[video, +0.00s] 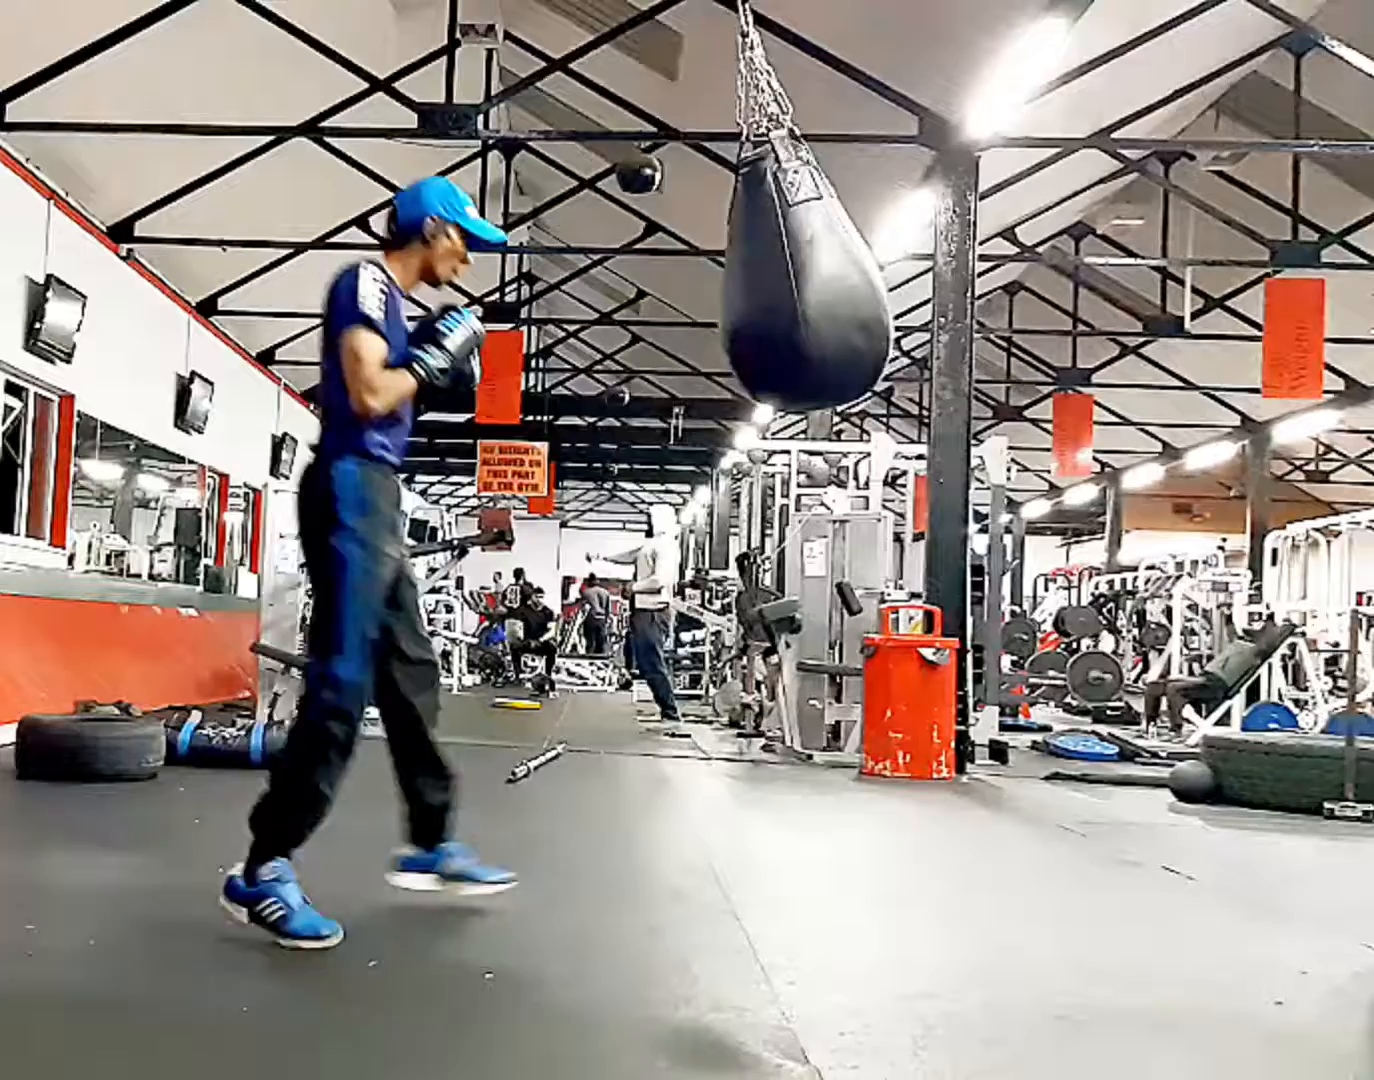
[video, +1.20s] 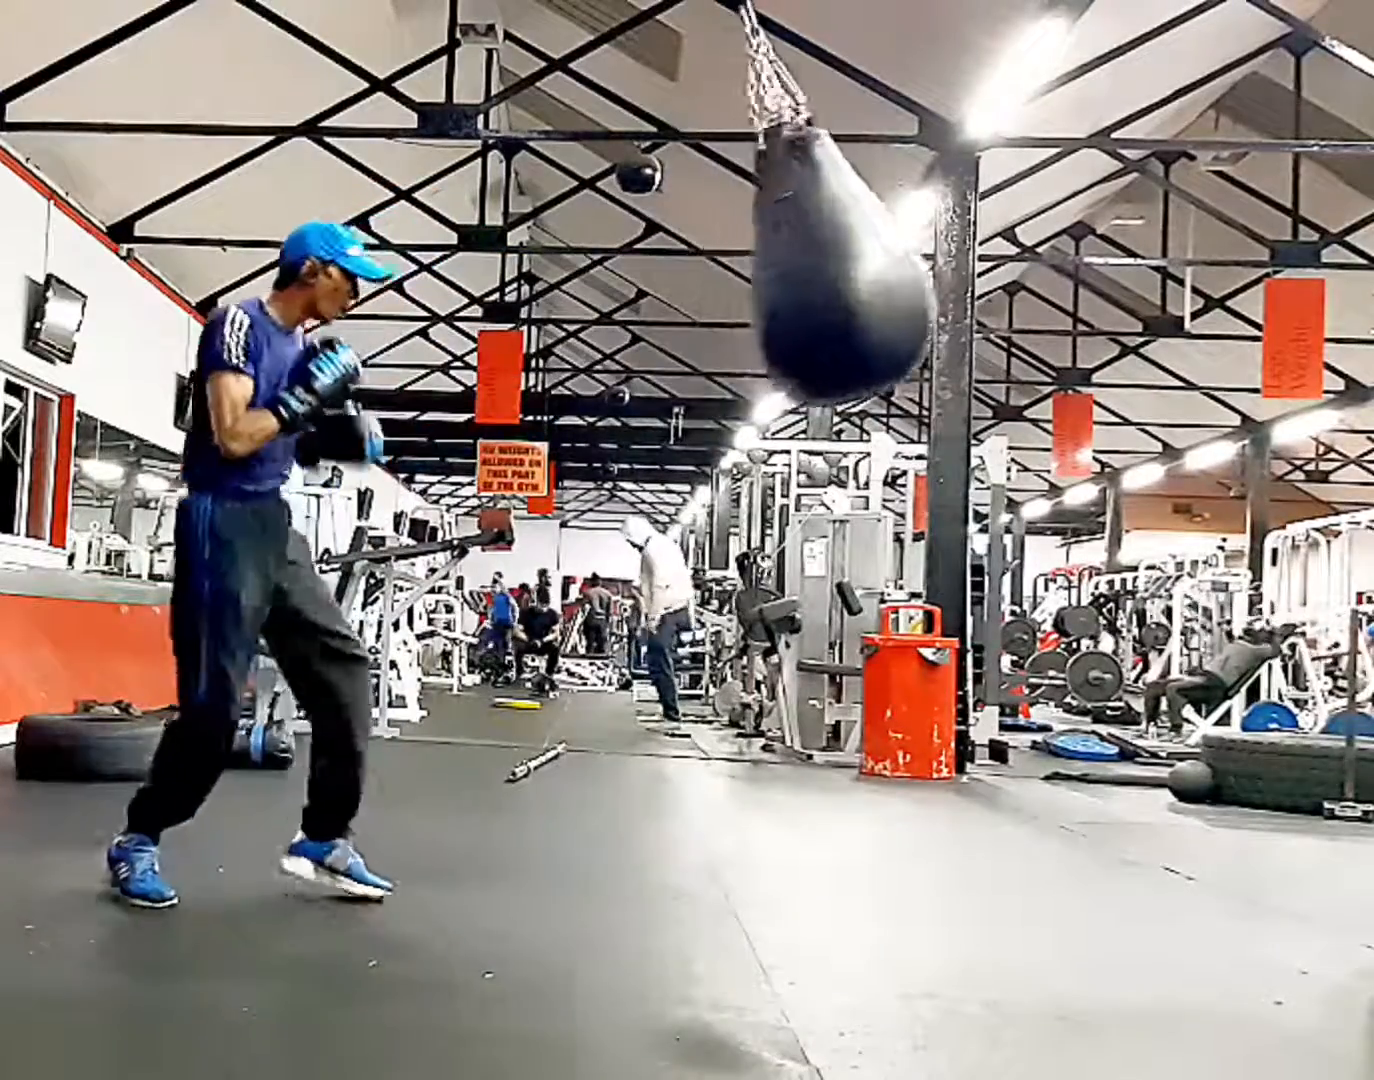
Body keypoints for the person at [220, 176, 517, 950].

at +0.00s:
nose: (466, 260)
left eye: (468, 248)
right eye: (462, 244)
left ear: (429, 236)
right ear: (431, 234)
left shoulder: (402, 306)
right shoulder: (363, 285)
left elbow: (386, 398)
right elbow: (370, 398)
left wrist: (434, 371)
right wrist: (432, 359)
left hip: (378, 491)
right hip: (349, 487)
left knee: (408, 673)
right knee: (342, 683)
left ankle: (429, 845)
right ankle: (262, 870)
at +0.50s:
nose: (386, 301)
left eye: (390, 288)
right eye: (384, 285)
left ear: (347, 275)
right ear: (354, 272)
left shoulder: (319, 341)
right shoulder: (296, 313)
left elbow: (329, 450)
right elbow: (318, 403)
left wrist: (401, 415)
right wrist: (386, 375)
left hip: (304, 528)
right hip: (280, 522)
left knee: (351, 694)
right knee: (265, 718)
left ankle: (326, 862)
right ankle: (162, 881)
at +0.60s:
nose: (400, 298)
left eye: (401, 289)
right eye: (395, 285)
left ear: (336, 279)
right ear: (368, 276)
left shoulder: (280, 336)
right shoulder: (341, 313)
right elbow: (433, 343)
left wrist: (396, 375)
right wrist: (483, 324)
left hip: (282, 519)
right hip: (306, 517)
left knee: (342, 694)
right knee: (270, 704)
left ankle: (322, 861)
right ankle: (160, 883)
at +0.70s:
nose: (414, 294)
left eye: (414, 283)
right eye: (407, 279)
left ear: (353, 272)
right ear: (375, 270)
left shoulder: (300, 326)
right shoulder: (364, 314)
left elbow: (271, 382)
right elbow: (469, 349)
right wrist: (534, 327)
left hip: (294, 512)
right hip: (296, 509)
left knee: (347, 686)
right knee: (262, 697)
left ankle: (321, 861)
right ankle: (167, 876)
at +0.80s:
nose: (414, 287)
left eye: (418, 276)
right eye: (409, 270)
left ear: (384, 268)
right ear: (374, 258)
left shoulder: (379, 338)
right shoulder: (312, 307)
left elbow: (446, 375)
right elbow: (345, 400)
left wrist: (523, 360)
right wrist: (438, 380)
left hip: (321, 528)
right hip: (269, 516)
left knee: (351, 697)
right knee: (262, 681)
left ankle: (324, 863)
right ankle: (189, 859)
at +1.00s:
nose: (390, 287)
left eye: (393, 276)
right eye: (385, 272)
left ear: (358, 267)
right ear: (349, 260)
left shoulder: (345, 337)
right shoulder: (266, 309)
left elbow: (372, 415)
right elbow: (239, 422)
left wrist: (452, 422)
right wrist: (324, 398)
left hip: (303, 513)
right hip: (251, 510)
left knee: (325, 692)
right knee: (242, 700)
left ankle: (323, 858)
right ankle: (153, 828)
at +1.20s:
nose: (357, 295)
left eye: (359, 284)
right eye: (350, 281)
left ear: (320, 277)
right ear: (312, 272)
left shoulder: (304, 347)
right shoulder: (238, 322)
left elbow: (283, 438)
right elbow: (231, 434)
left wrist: (339, 438)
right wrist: (308, 394)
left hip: (271, 528)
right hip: (219, 527)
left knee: (343, 674)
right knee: (214, 703)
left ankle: (323, 840)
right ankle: (137, 840)